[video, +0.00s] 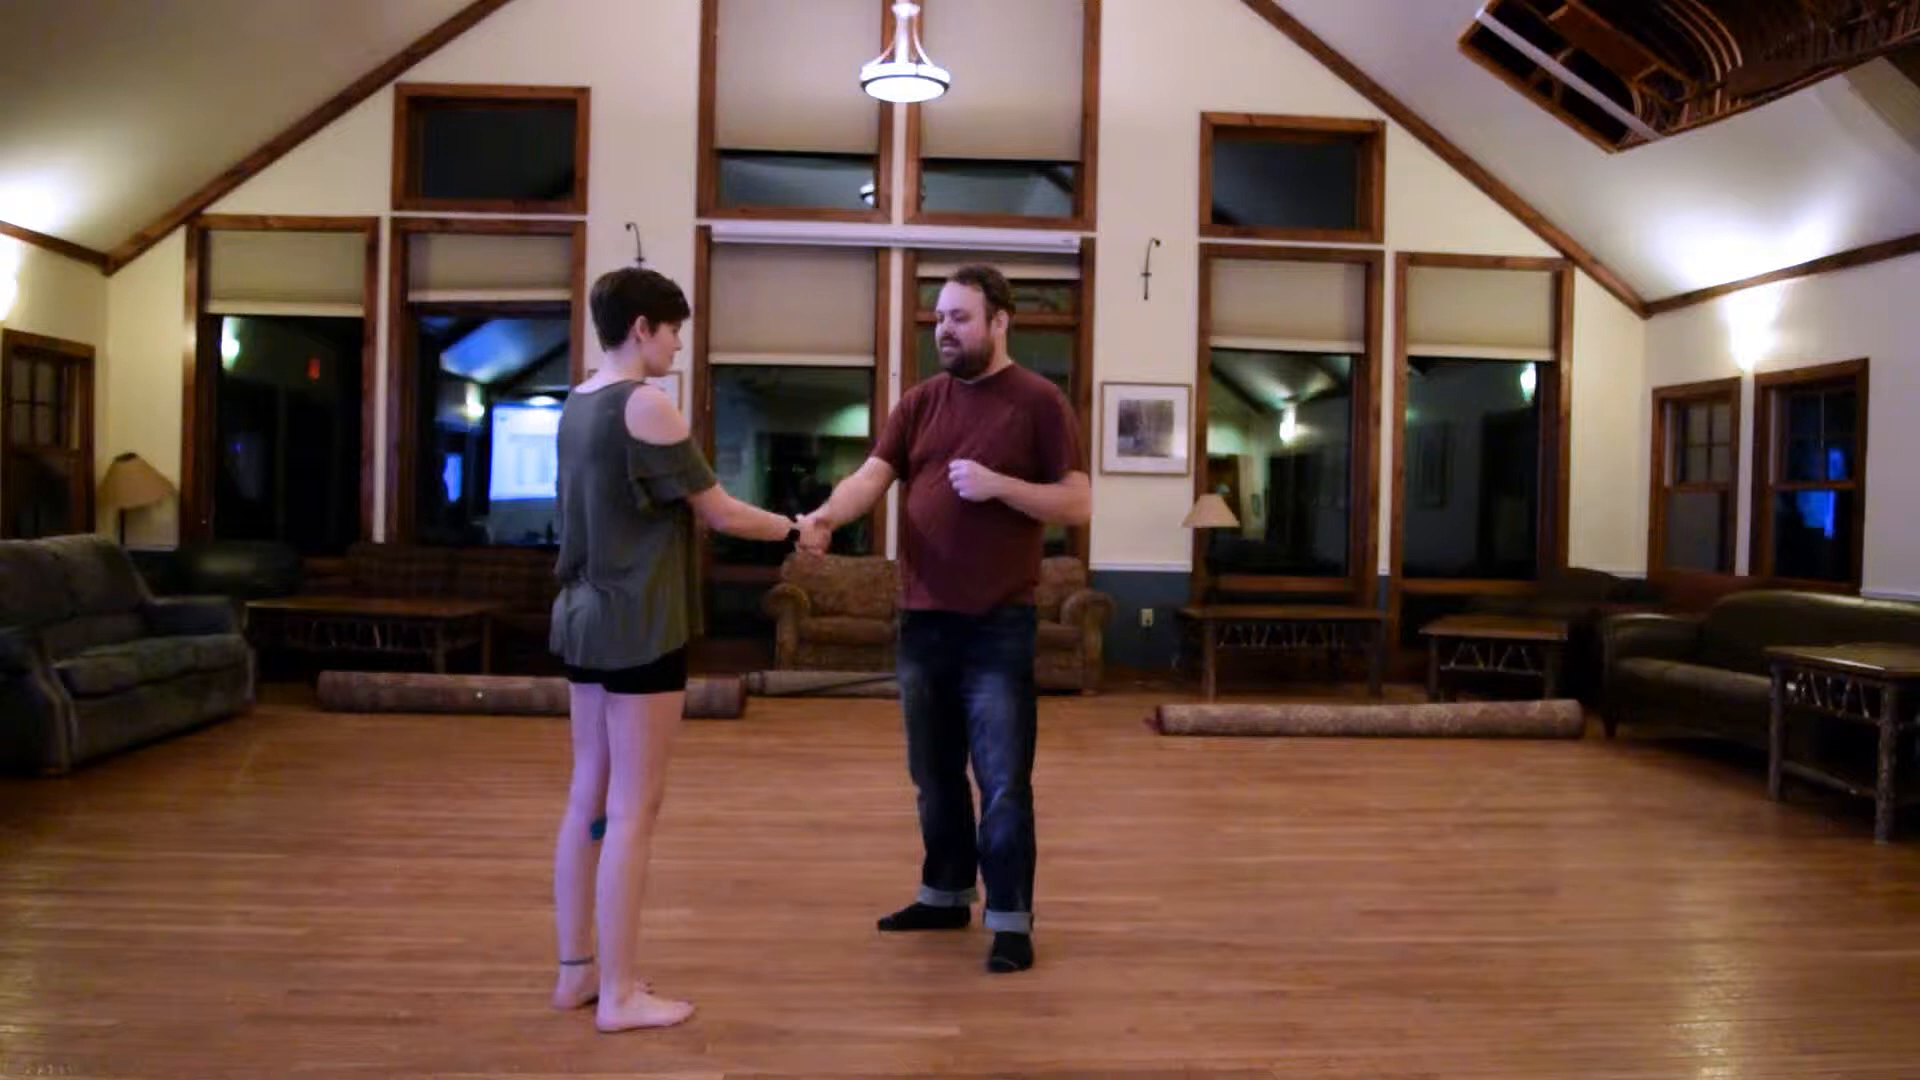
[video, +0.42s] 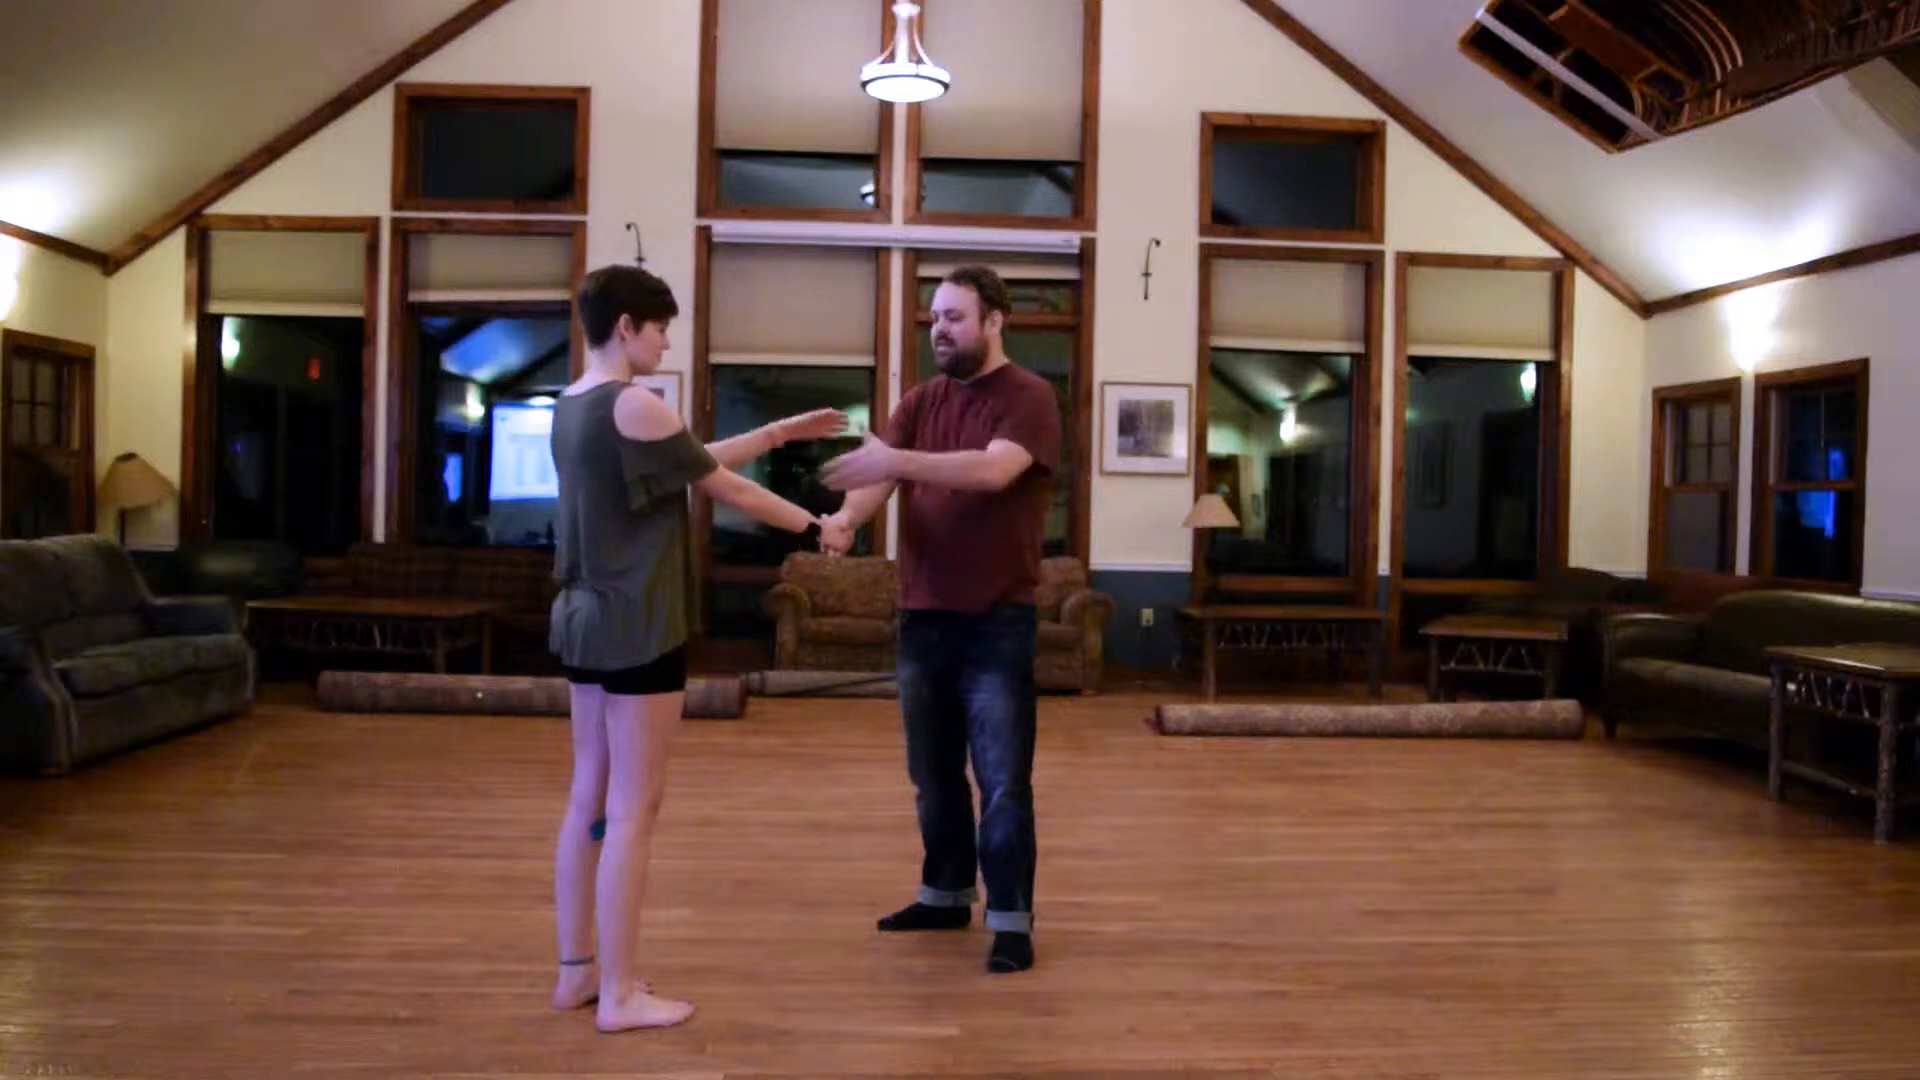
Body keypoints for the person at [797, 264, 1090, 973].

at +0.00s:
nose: (945, 331)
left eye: (959, 318)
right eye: (939, 320)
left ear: (999, 323)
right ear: (935, 326)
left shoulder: (1039, 402)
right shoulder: (919, 403)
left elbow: (1079, 504)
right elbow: (871, 478)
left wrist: (1001, 487)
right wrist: (825, 516)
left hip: (1001, 617)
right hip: (924, 615)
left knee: (1002, 775)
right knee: (933, 769)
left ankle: (1009, 920)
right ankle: (944, 897)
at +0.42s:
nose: (940, 331)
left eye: (954, 318)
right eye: (935, 320)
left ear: (995, 322)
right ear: (932, 327)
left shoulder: (1029, 397)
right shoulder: (918, 404)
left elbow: (995, 470)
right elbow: (875, 472)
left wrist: (894, 461)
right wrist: (844, 519)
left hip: (998, 615)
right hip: (925, 614)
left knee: (1002, 776)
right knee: (933, 770)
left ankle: (1010, 920)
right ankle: (944, 897)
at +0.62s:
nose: (933, 329)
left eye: (947, 317)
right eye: (928, 319)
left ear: (987, 322)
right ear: (926, 327)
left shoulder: (1020, 394)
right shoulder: (914, 404)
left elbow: (969, 463)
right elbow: (879, 473)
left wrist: (862, 448)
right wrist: (841, 514)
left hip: (994, 616)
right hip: (921, 614)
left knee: (1000, 776)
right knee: (928, 768)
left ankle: (1011, 920)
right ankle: (943, 898)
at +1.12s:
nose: (906, 328)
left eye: (919, 317)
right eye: (903, 317)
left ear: (962, 322)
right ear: (904, 324)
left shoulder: (996, 390)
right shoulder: (896, 401)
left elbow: (959, 479)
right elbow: (884, 488)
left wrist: (862, 479)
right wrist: (873, 516)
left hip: (971, 612)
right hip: (909, 609)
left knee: (963, 771)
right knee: (921, 765)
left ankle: (970, 925)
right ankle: (937, 897)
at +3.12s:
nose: (917, 314)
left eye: (933, 304)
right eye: (916, 304)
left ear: (972, 317)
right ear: (913, 314)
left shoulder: (989, 378)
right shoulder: (915, 373)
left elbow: (900, 361)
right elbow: (864, 342)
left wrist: (875, 284)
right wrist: (859, 266)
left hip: (954, 599)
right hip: (896, 598)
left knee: (959, 771)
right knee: (917, 768)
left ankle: (980, 921)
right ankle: (939, 899)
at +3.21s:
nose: (922, 316)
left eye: (937, 303)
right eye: (920, 302)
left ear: (974, 315)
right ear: (916, 314)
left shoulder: (988, 380)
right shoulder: (922, 377)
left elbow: (900, 376)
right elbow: (872, 371)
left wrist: (878, 301)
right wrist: (865, 293)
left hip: (955, 596)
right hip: (900, 595)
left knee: (959, 765)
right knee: (915, 763)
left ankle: (981, 918)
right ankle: (939, 898)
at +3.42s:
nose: (921, 321)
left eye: (936, 310)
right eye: (915, 311)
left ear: (971, 319)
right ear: (910, 316)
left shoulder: (989, 386)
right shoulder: (918, 386)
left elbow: (902, 402)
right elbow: (877, 433)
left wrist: (897, 329)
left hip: (955, 596)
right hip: (898, 591)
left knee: (965, 766)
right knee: (913, 761)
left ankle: (988, 918)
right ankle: (940, 896)